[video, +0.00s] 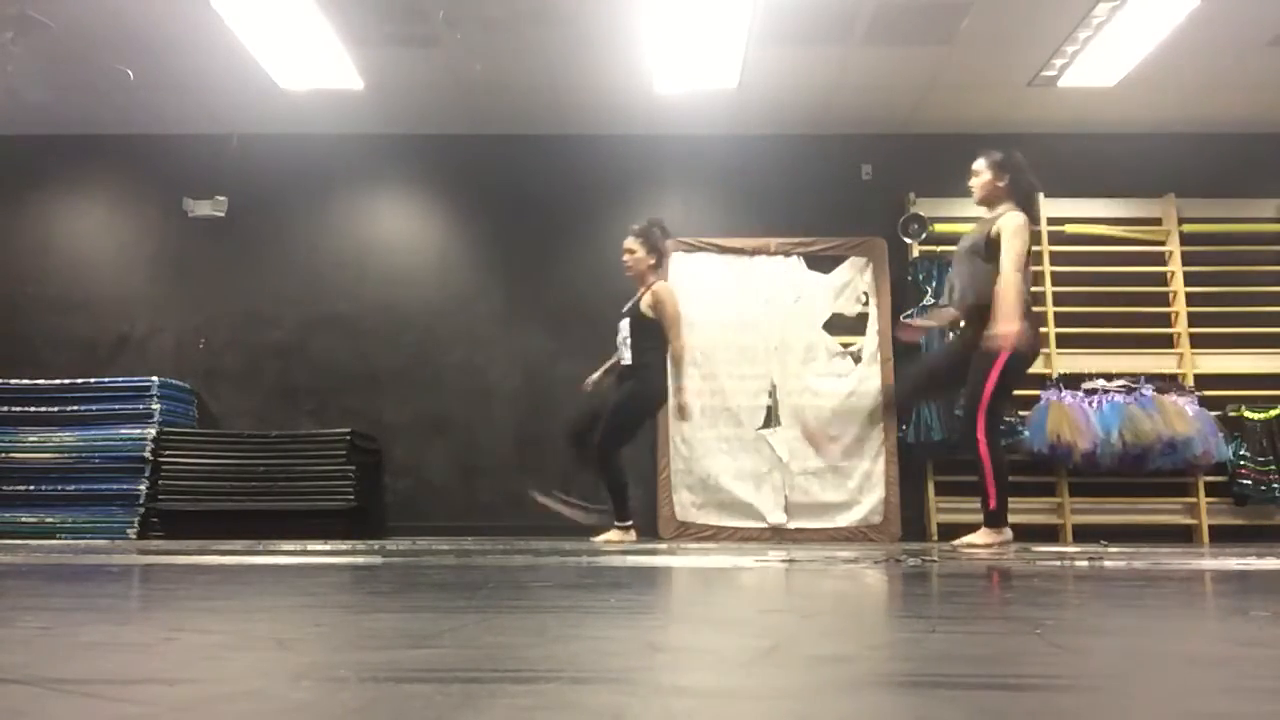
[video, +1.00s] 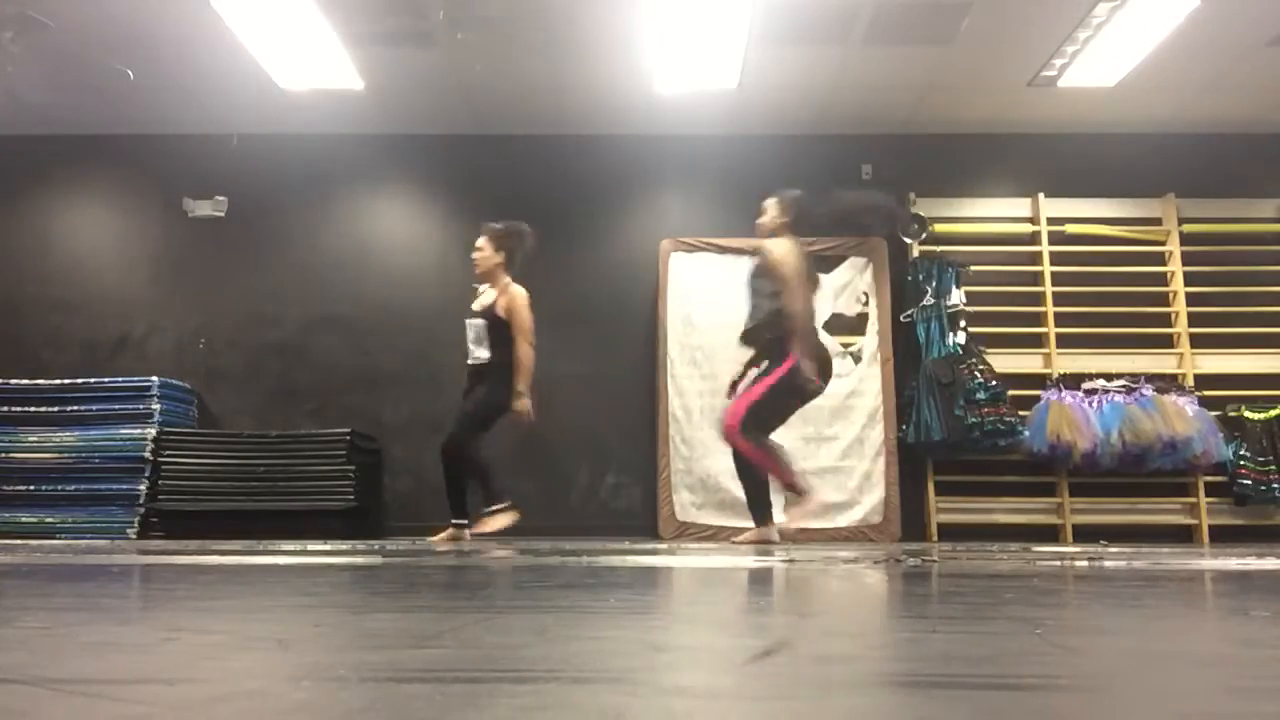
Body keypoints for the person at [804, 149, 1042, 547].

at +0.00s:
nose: (970, 182)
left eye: (977, 175)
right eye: (971, 175)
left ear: (1001, 180)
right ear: (989, 182)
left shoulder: (1013, 220)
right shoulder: (984, 227)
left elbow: (1012, 272)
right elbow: (966, 302)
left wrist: (1007, 318)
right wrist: (923, 324)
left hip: (1005, 337)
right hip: (978, 336)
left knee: (980, 418)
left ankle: (996, 527)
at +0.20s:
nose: (946, 182)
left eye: (955, 174)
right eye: (945, 175)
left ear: (980, 179)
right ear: (948, 184)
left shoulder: (1012, 206)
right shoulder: (937, 229)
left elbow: (1057, 251)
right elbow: (886, 274)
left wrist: (1089, 299)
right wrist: (850, 317)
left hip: (976, 328)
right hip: (936, 306)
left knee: (974, 427)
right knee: (859, 305)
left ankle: (967, 526)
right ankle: (752, 304)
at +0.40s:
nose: (999, 207)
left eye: (997, 202)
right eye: (990, 205)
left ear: (995, 221)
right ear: (972, 223)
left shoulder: (1000, 262)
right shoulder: (965, 254)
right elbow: (907, 287)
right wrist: (852, 316)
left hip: (940, 353)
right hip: (908, 330)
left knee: (969, 432)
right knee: (826, 364)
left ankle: (946, 529)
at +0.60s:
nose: (979, 242)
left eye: (976, 237)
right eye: (968, 237)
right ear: (946, 247)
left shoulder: (948, 287)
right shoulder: (932, 272)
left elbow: (929, 347)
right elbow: (885, 307)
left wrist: (937, 390)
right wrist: (855, 356)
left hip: (892, 372)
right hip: (860, 355)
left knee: (948, 433)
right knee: (808, 431)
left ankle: (945, 529)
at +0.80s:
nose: (871, 222)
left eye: (879, 217)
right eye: (863, 215)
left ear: (888, 230)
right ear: (848, 221)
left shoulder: (882, 284)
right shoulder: (820, 249)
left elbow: (883, 348)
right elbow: (779, 289)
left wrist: (886, 404)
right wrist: (780, 336)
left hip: (846, 358)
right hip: (799, 353)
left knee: (876, 437)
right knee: (755, 435)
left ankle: (934, 513)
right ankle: (765, 528)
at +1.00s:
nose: (758, 219)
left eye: (765, 213)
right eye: (760, 213)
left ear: (783, 216)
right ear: (778, 217)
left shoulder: (783, 248)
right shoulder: (772, 253)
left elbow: (798, 305)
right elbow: (772, 327)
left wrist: (803, 354)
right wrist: (747, 370)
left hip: (795, 358)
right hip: (783, 358)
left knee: (737, 425)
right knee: (744, 431)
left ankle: (802, 495)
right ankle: (763, 525)